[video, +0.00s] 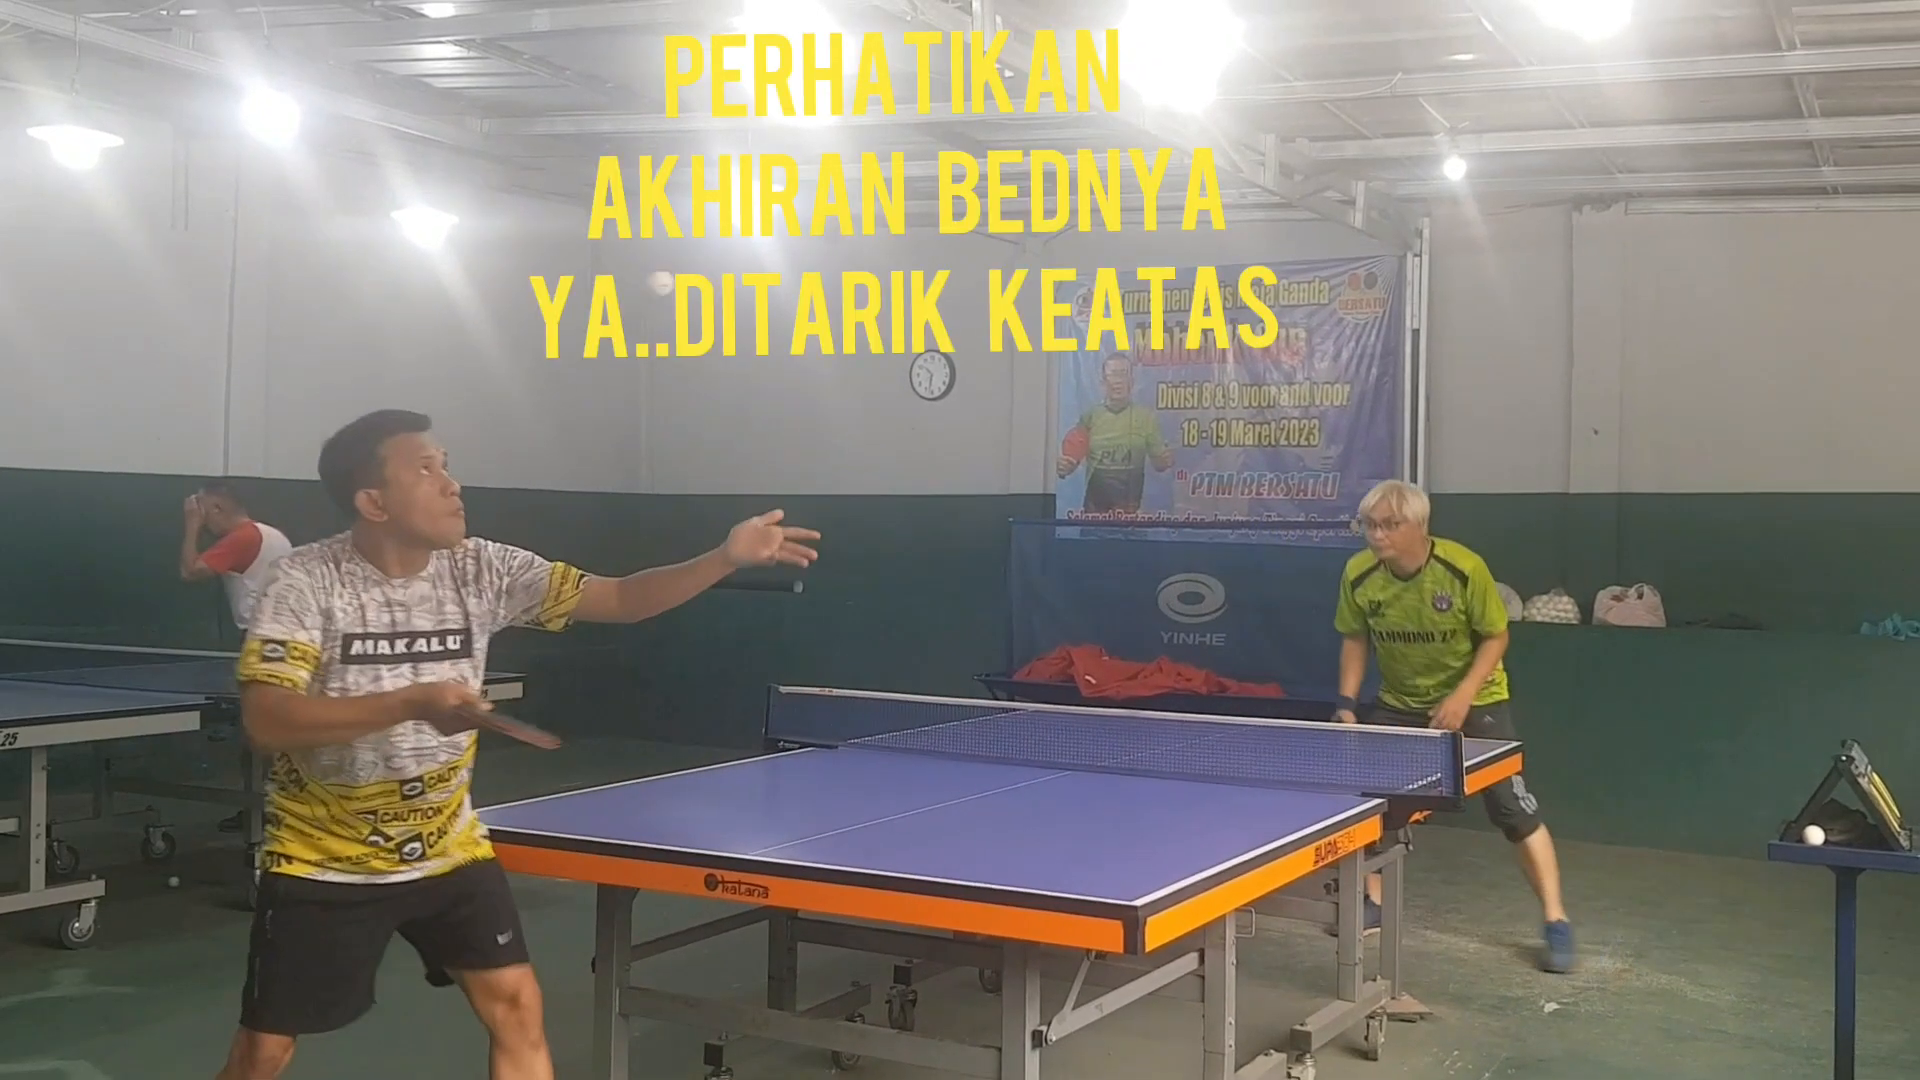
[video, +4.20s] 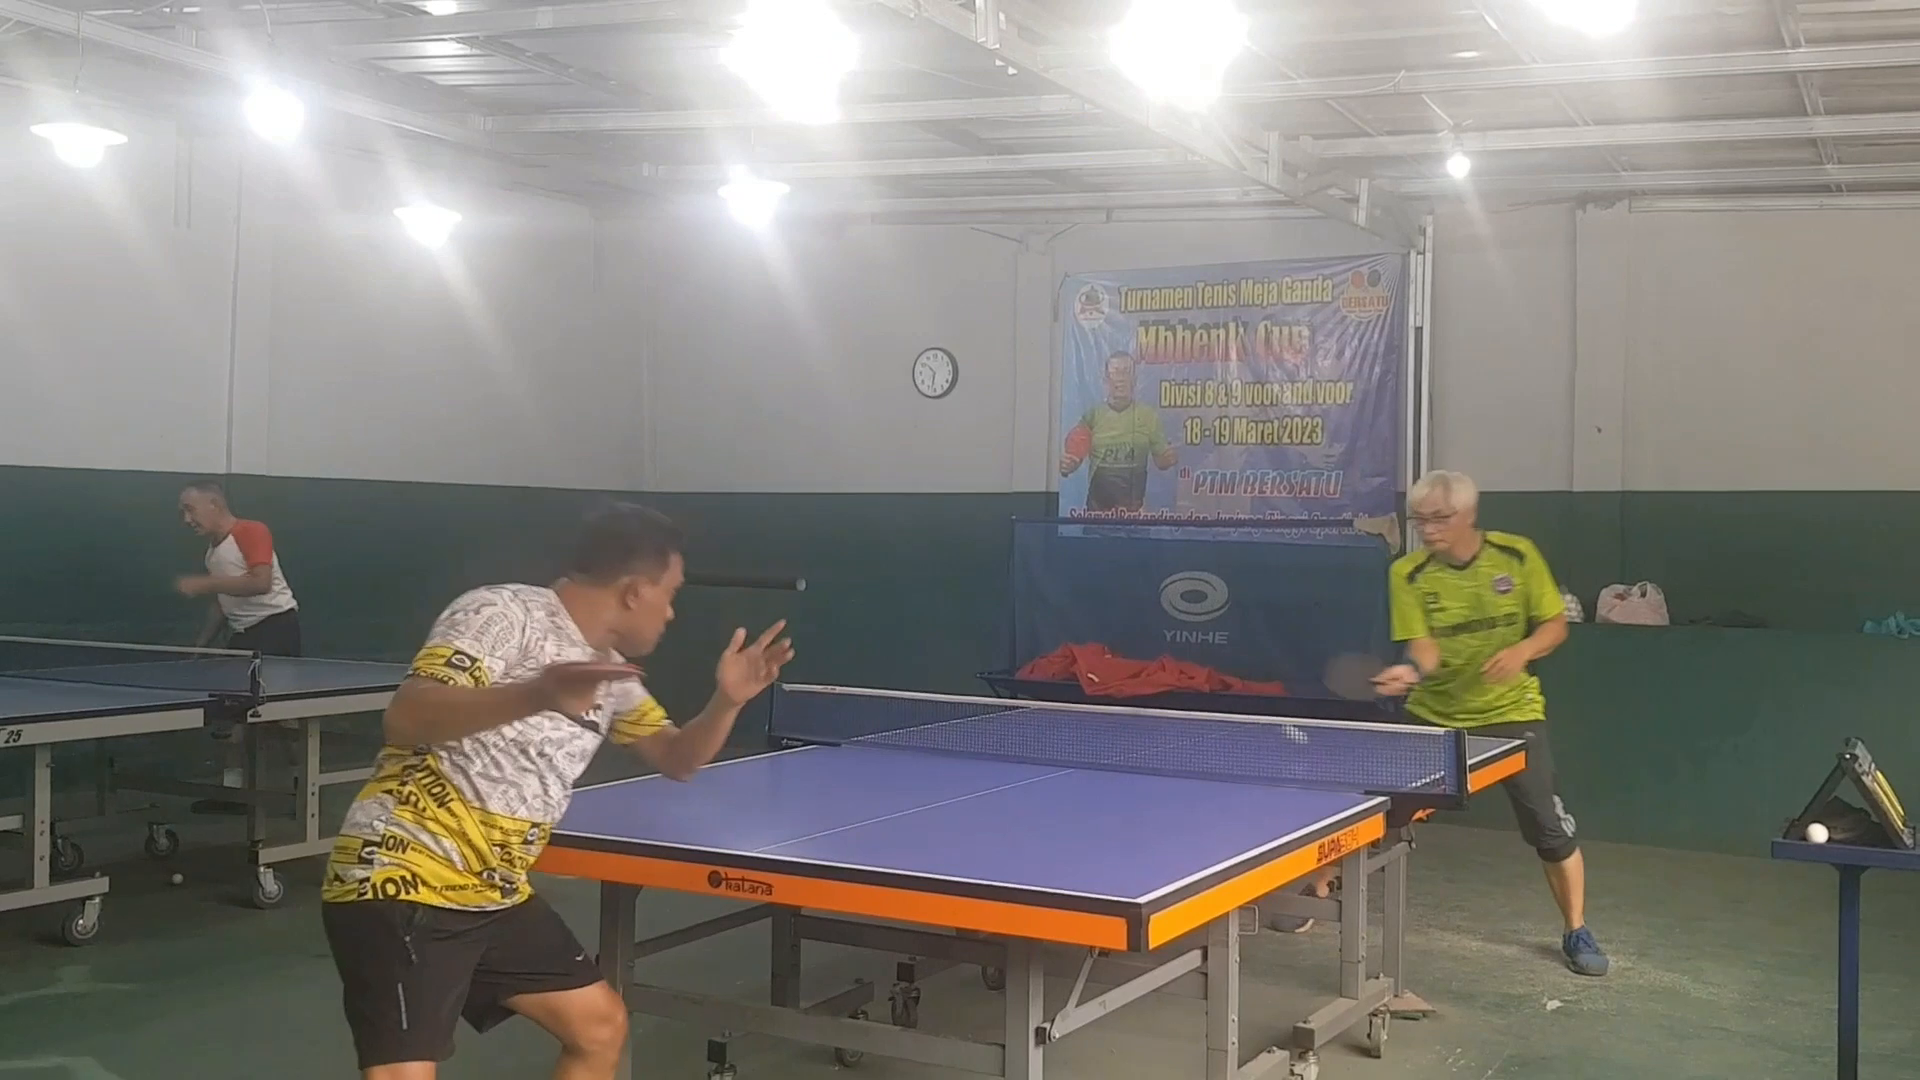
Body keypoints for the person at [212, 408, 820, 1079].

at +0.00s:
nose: (453, 483)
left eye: (446, 468)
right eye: (429, 471)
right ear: (371, 502)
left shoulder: (482, 570)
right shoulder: (303, 582)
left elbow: (622, 597)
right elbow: (267, 719)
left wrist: (728, 556)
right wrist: (413, 702)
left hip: (446, 844)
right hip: (320, 856)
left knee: (515, 1003)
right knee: (263, 1053)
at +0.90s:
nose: (462, 487)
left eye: (458, 471)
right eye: (439, 476)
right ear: (380, 505)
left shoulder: (489, 573)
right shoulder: (306, 564)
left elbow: (622, 605)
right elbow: (195, 641)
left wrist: (732, 563)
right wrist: (338, 632)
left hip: (428, 820)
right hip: (308, 836)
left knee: (537, 959)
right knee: (255, 1046)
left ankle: (472, 1077)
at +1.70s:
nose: (537, 535)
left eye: (541, 516)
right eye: (518, 516)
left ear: (544, 522)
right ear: (459, 525)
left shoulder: (552, 596)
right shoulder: (389, 558)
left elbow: (682, 608)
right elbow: (246, 553)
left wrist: (737, 534)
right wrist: (371, 611)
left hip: (453, 839)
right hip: (337, 843)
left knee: (558, 979)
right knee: (265, 1049)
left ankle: (450, 1070)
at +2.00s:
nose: (592, 563)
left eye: (596, 547)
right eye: (579, 545)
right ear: (518, 543)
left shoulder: (578, 612)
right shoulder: (442, 563)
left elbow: (685, 623)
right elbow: (325, 580)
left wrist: (698, 527)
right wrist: (444, 671)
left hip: (471, 855)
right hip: (358, 854)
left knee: (569, 1020)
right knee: (275, 1057)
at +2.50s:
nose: (659, 617)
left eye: (666, 600)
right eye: (654, 595)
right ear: (602, 575)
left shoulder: (612, 661)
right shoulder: (490, 591)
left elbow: (696, 690)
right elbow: (366, 662)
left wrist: (687, 566)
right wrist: (502, 616)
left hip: (502, 889)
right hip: (394, 883)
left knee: (606, 1031)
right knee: (333, 1068)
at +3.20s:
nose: (696, 640)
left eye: (700, 626)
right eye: (696, 621)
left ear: (651, 614)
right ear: (655, 613)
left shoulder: (638, 690)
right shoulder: (522, 617)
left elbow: (716, 755)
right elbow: (390, 701)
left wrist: (738, 653)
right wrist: (467, 626)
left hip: (510, 895)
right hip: (413, 884)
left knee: (620, 1033)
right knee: (394, 1073)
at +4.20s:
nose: (671, 616)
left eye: (674, 600)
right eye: (670, 598)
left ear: (626, 592)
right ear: (631, 591)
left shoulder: (607, 672)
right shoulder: (495, 613)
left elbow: (679, 758)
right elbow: (406, 717)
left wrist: (726, 702)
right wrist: (533, 695)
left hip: (490, 887)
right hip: (398, 878)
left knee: (600, 1027)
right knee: (402, 1075)